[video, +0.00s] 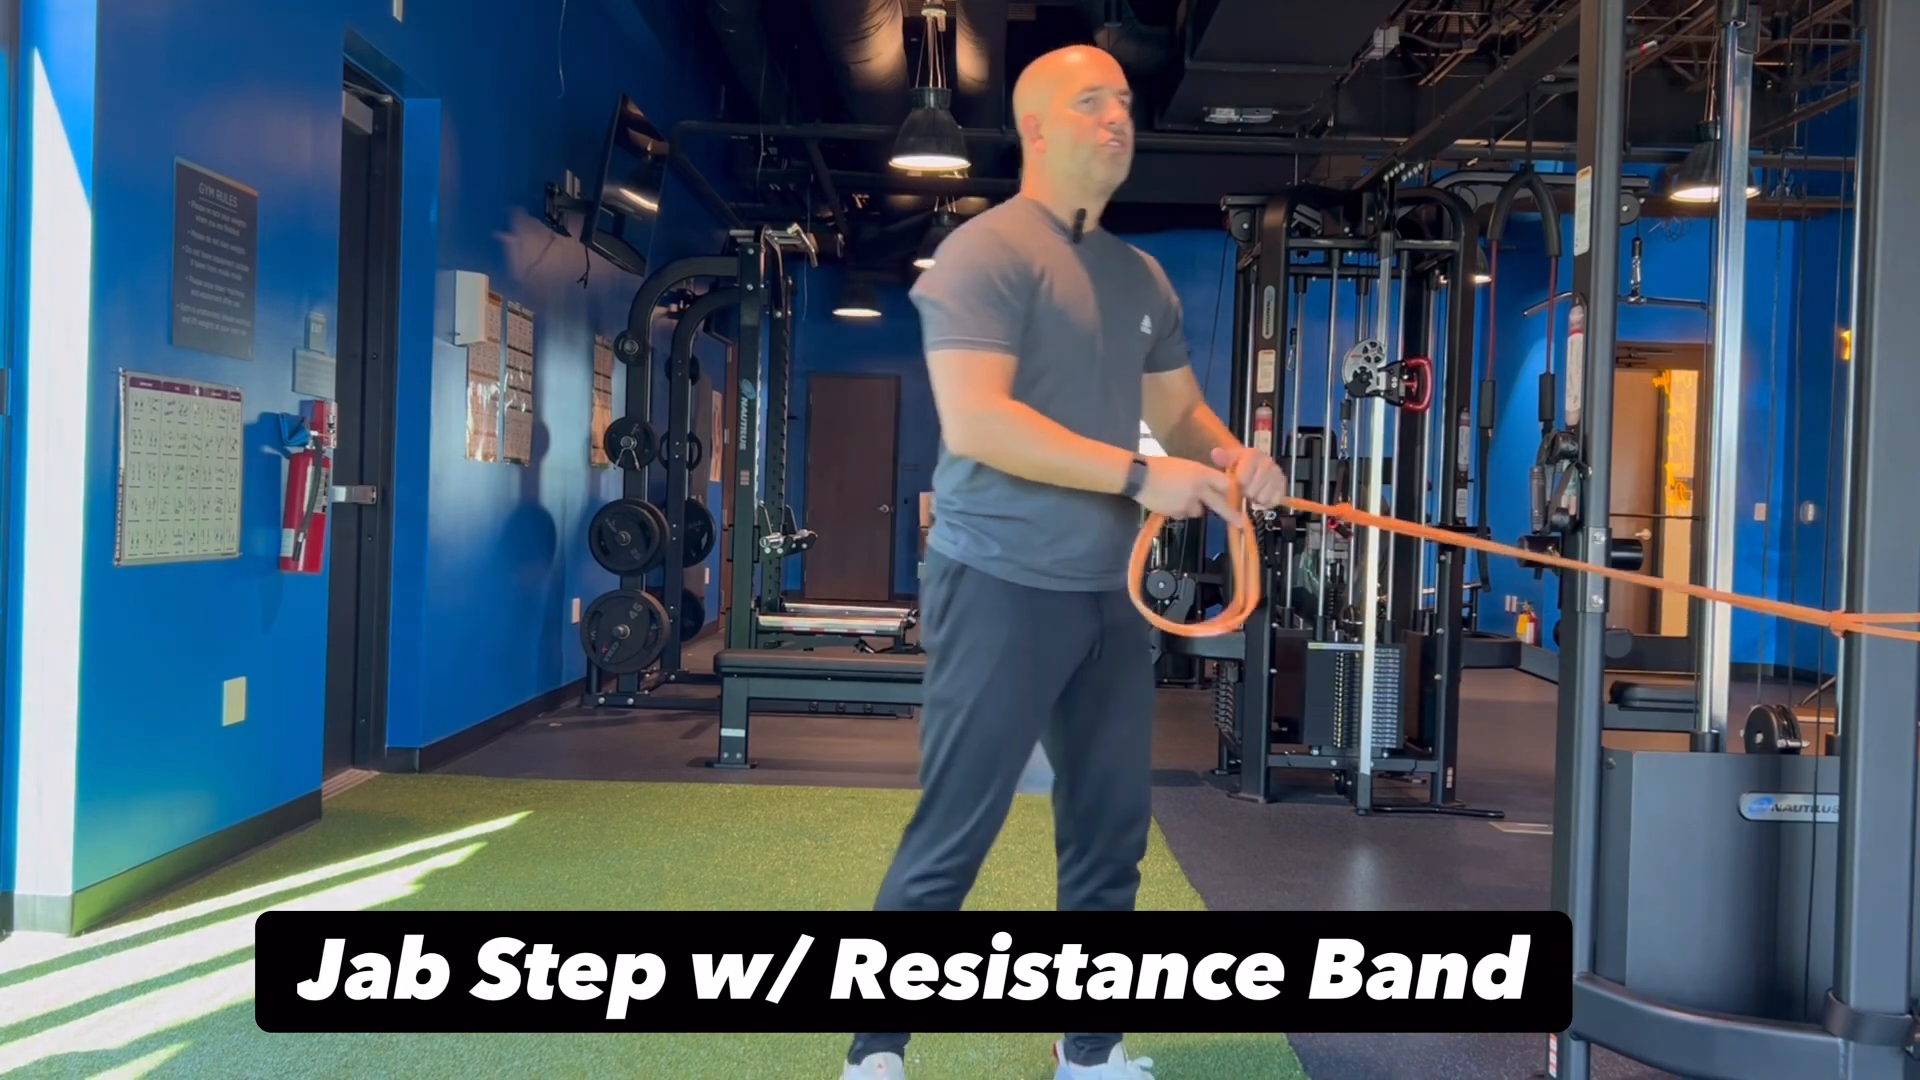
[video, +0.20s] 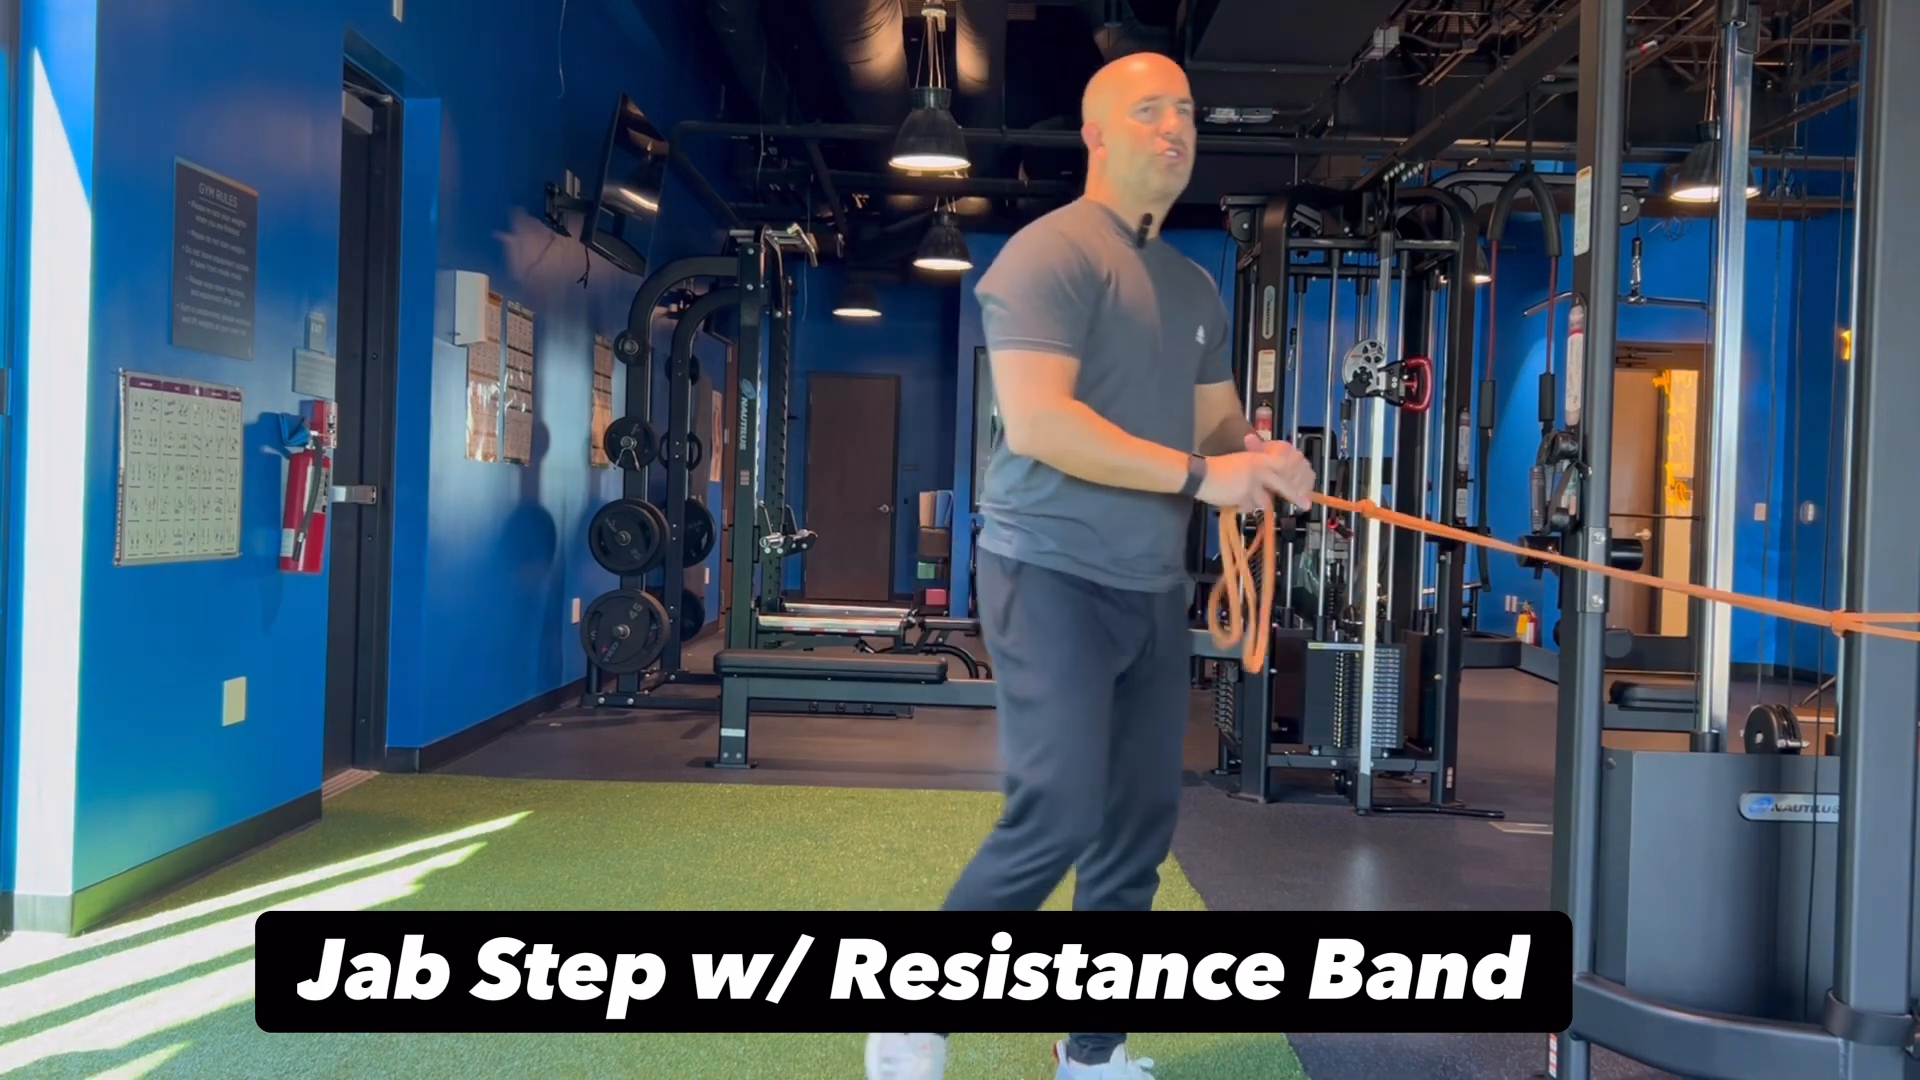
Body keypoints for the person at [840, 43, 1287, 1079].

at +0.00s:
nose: (1122, 118)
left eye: (1128, 104)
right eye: (1095, 101)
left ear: (1132, 134)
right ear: (1037, 127)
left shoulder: (1140, 277)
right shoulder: (981, 252)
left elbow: (1179, 412)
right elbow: (973, 422)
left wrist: (1231, 455)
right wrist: (1135, 471)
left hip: (1110, 592)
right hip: (997, 584)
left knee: (1109, 836)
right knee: (955, 831)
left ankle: (1089, 1051)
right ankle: (877, 1045)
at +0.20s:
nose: (1176, 128)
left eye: (1186, 113)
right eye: (1150, 109)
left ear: (1195, 141)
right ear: (1092, 132)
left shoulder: (1196, 287)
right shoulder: (1043, 255)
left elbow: (1211, 425)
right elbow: (1036, 422)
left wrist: (1253, 444)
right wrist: (1199, 474)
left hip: (1155, 587)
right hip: (1047, 572)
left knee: (1135, 828)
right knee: (1058, 809)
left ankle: (1090, 1050)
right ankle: (912, 1009)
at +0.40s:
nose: (1230, 125)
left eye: (1235, 110)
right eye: (1205, 107)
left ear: (1234, 136)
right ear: (1142, 129)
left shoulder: (1227, 281)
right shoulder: (1090, 245)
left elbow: (1240, 422)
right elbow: (1058, 415)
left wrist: (1296, 439)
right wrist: (1220, 462)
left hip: (1181, 582)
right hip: (1088, 570)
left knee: (1155, 823)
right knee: (1128, 822)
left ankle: (1091, 1039)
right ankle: (1074, 1053)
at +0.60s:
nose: (1282, 141)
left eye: (1280, 122)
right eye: (1265, 120)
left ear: (1210, 136)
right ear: (1195, 131)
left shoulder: (1247, 282)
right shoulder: (1109, 247)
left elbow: (1252, 427)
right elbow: (1069, 418)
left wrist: (1307, 454)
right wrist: (1247, 453)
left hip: (1222, 593)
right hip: (1121, 585)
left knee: (1243, 821)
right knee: (1126, 838)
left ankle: (1126, 1012)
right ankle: (1090, 1055)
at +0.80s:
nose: (1322, 161)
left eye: (1322, 139)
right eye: (1309, 137)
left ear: (1255, 143)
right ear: (1241, 139)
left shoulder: (1285, 282)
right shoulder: (1133, 250)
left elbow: (1293, 425)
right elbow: (1071, 416)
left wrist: (1338, 446)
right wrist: (1244, 433)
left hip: (1269, 592)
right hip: (1153, 589)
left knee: (1327, 814)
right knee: (1136, 856)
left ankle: (1258, 1026)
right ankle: (1093, 1061)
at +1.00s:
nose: (1389, 175)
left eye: (1389, 154)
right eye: (1374, 152)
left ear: (1316, 159)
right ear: (1304, 155)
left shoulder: (1366, 299)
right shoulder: (1177, 270)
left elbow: (1387, 429)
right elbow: (1090, 417)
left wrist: (1421, 451)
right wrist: (1224, 418)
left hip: (1327, 609)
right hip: (1199, 601)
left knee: (1339, 850)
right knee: (1167, 851)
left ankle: (1329, 1051)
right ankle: (1100, 1059)